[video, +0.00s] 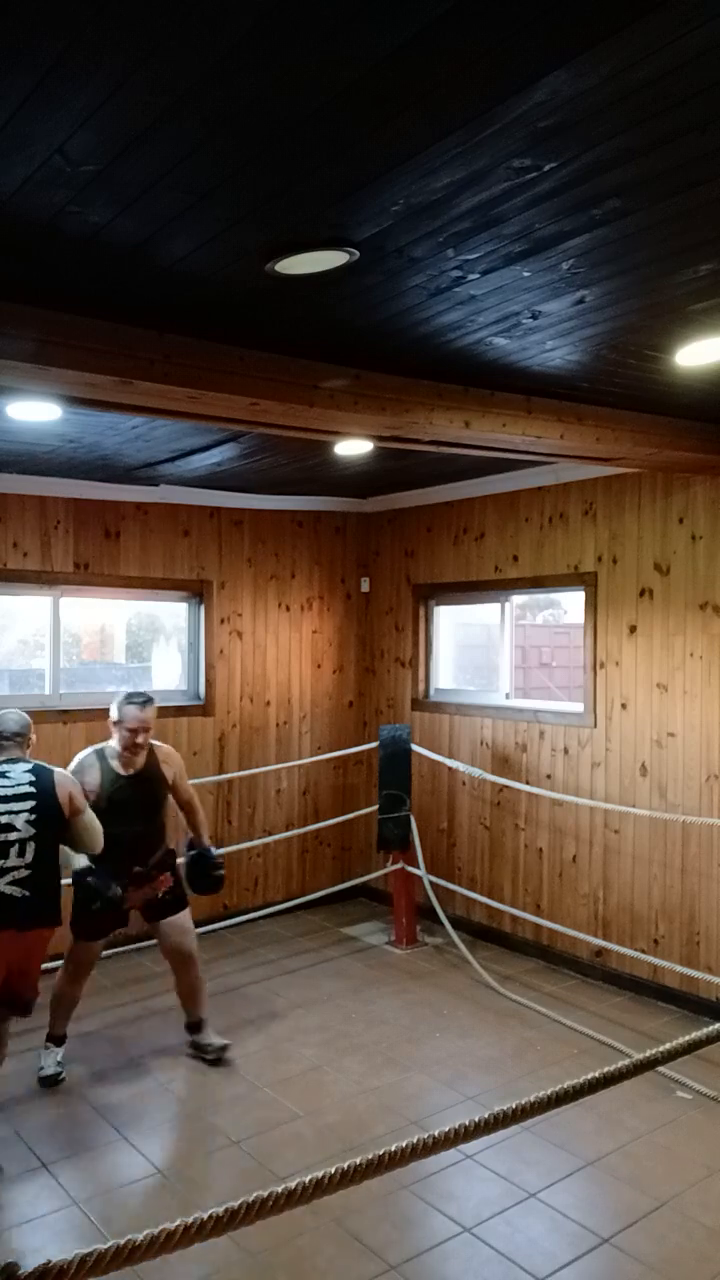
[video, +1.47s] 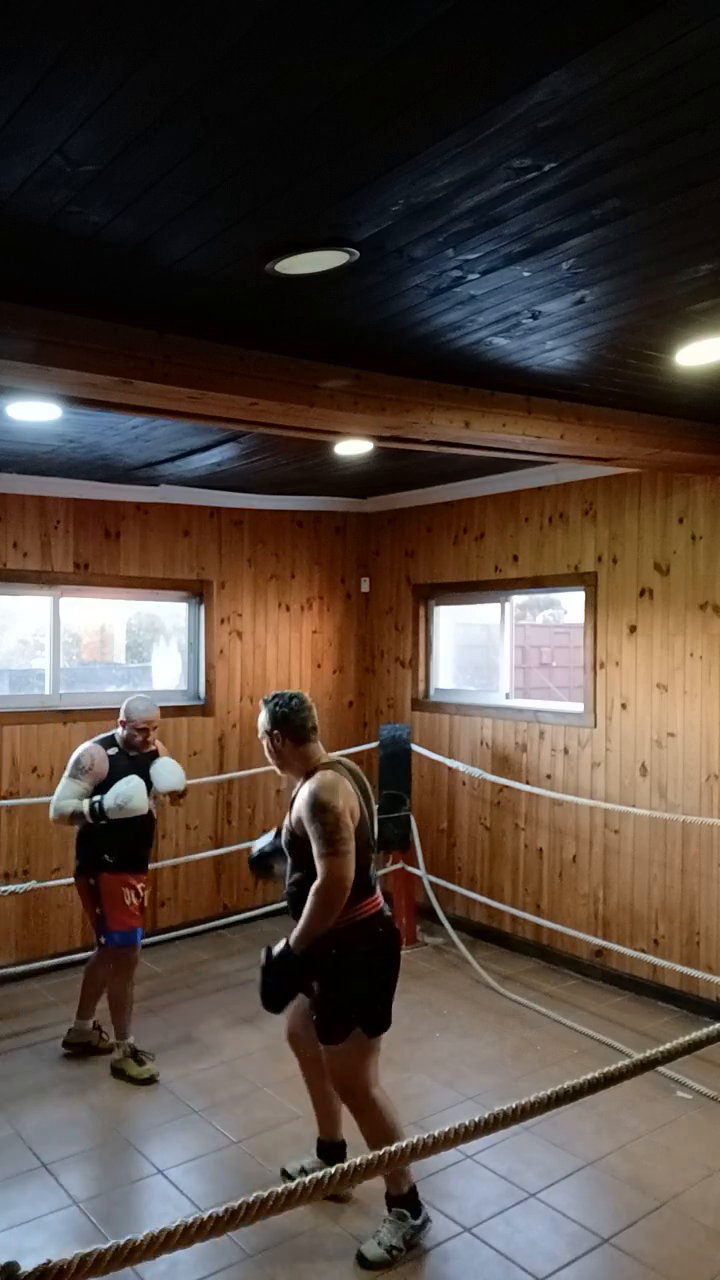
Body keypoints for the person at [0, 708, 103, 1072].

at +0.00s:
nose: (37, 742)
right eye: (36, 737)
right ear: (30, 740)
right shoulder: (56, 782)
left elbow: (92, 842)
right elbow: (94, 843)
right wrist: (48, 826)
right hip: (31, 921)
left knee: (7, 1019)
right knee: (4, 1021)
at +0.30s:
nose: (35, 738)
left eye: (34, 733)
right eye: (36, 733)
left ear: (1, 727)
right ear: (28, 733)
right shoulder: (39, 771)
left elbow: (74, 834)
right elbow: (75, 835)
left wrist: (41, 795)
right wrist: (40, 797)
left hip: (13, 908)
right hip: (11, 909)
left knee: (6, 1006)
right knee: (3, 1009)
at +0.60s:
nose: (57, 747)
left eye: (59, 740)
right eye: (57, 739)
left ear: (23, 729)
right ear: (41, 735)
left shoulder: (10, 761)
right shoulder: (27, 770)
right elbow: (34, 835)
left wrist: (56, 822)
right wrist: (64, 819)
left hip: (14, 895)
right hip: (13, 897)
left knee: (34, 971)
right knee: (36, 972)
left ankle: (6, 1065)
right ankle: (4, 1067)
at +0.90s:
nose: (95, 750)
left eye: (98, 743)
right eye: (91, 742)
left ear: (68, 736)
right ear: (69, 736)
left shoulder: (36, 757)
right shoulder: (49, 771)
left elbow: (44, 822)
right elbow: (56, 838)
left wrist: (80, 798)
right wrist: (98, 813)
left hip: (21, 888)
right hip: (33, 894)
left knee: (35, 975)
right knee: (45, 978)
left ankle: (7, 1048)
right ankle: (9, 1063)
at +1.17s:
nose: (124, 744)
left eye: (128, 738)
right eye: (119, 737)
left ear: (126, 736)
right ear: (99, 732)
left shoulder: (109, 762)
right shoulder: (70, 762)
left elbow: (101, 806)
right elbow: (53, 818)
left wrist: (130, 795)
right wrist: (106, 811)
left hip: (93, 880)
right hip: (65, 884)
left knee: (104, 948)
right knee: (84, 963)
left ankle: (80, 1032)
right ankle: (23, 1046)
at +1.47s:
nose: (148, 737)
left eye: (152, 730)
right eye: (141, 730)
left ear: (156, 727)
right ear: (121, 724)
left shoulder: (151, 752)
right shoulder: (94, 755)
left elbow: (170, 796)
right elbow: (61, 807)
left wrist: (167, 776)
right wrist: (102, 805)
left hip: (135, 869)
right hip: (105, 871)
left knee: (112, 950)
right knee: (126, 953)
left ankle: (81, 1028)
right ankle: (124, 1050)